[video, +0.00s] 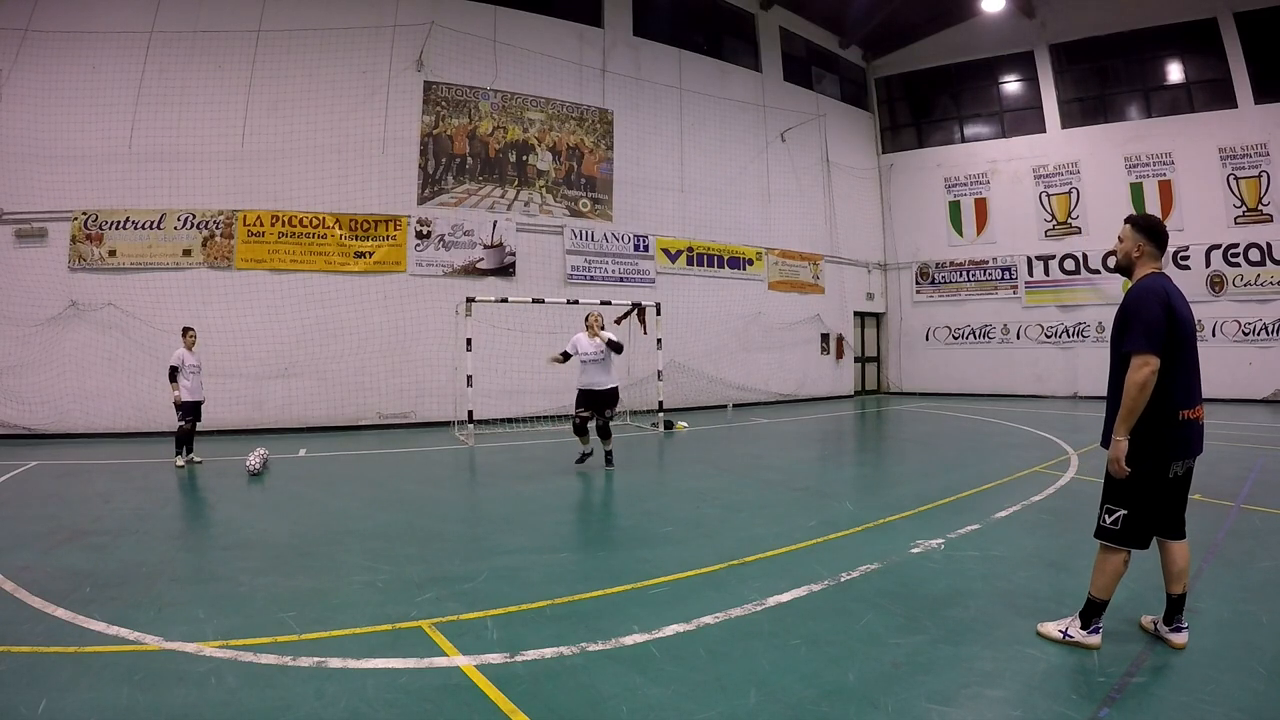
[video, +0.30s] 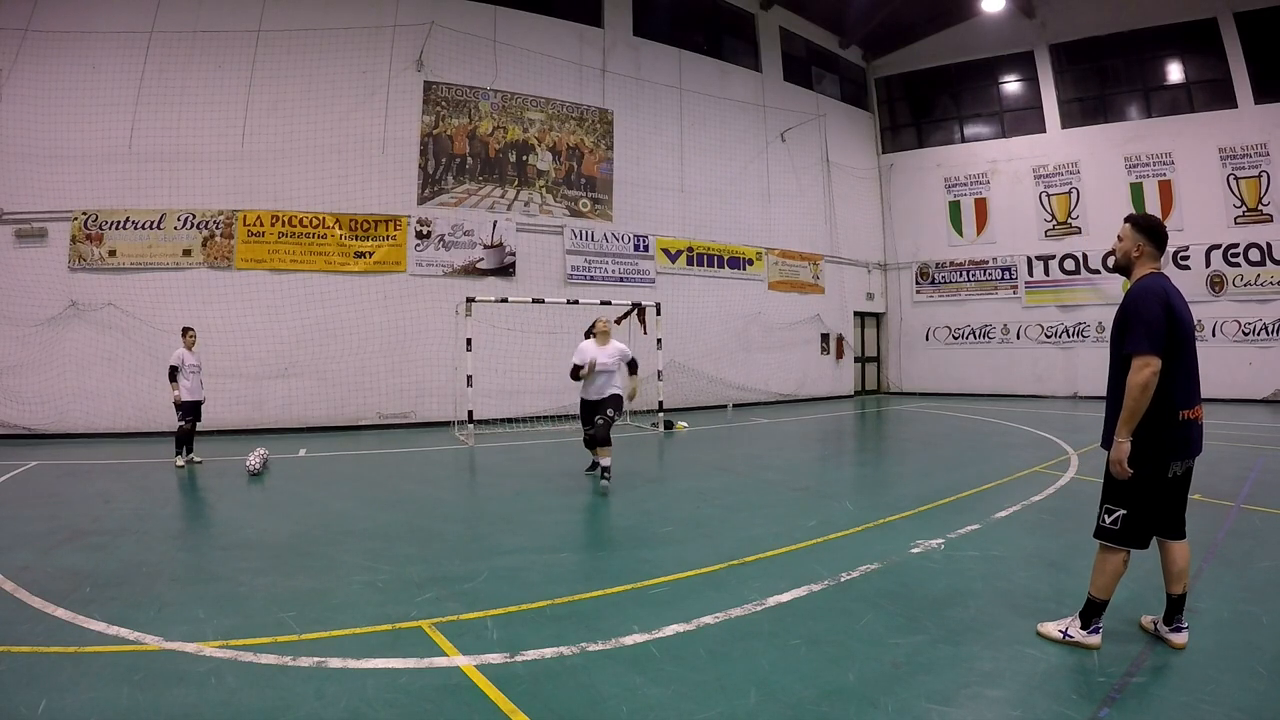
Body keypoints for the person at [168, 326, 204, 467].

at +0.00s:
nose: (193, 339)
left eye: (194, 337)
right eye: (190, 337)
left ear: (196, 339)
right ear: (183, 338)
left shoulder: (196, 356)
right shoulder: (179, 354)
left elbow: (198, 376)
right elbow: (172, 373)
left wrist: (201, 393)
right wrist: (176, 392)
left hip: (196, 397)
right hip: (184, 397)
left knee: (192, 426)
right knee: (184, 426)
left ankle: (189, 454)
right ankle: (178, 456)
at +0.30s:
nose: (193, 339)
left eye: (194, 337)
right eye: (190, 337)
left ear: (195, 339)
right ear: (183, 338)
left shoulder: (196, 355)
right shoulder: (179, 353)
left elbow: (198, 376)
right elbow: (172, 373)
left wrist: (202, 392)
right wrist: (176, 392)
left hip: (196, 396)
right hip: (184, 397)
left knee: (192, 426)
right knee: (184, 426)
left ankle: (189, 454)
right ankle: (178, 456)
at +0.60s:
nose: (193, 339)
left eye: (194, 337)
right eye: (190, 337)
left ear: (196, 339)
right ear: (183, 338)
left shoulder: (196, 355)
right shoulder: (179, 353)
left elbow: (198, 376)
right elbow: (172, 373)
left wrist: (202, 391)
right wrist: (175, 392)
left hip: (196, 396)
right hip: (183, 397)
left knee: (192, 426)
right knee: (184, 426)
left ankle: (189, 454)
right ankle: (178, 456)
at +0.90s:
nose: (194, 340)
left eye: (195, 337)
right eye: (191, 337)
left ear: (196, 339)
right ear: (183, 338)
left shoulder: (196, 356)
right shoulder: (179, 353)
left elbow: (198, 376)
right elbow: (172, 373)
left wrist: (202, 392)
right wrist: (176, 392)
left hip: (196, 397)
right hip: (183, 397)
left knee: (192, 426)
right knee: (184, 426)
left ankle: (189, 454)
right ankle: (178, 456)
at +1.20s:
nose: (193, 340)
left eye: (195, 337)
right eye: (191, 337)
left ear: (196, 339)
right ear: (184, 338)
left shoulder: (196, 356)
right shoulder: (179, 354)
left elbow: (198, 376)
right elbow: (172, 373)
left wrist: (202, 392)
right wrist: (176, 392)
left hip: (196, 397)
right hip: (184, 397)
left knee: (192, 426)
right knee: (184, 426)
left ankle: (189, 454)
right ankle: (178, 456)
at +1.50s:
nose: (194, 340)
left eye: (195, 337)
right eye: (191, 337)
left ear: (196, 339)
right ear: (184, 338)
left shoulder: (196, 356)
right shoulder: (179, 353)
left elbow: (198, 376)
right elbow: (172, 372)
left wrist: (201, 392)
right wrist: (175, 391)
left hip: (196, 397)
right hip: (183, 397)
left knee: (192, 426)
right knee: (184, 425)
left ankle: (189, 454)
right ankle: (178, 456)